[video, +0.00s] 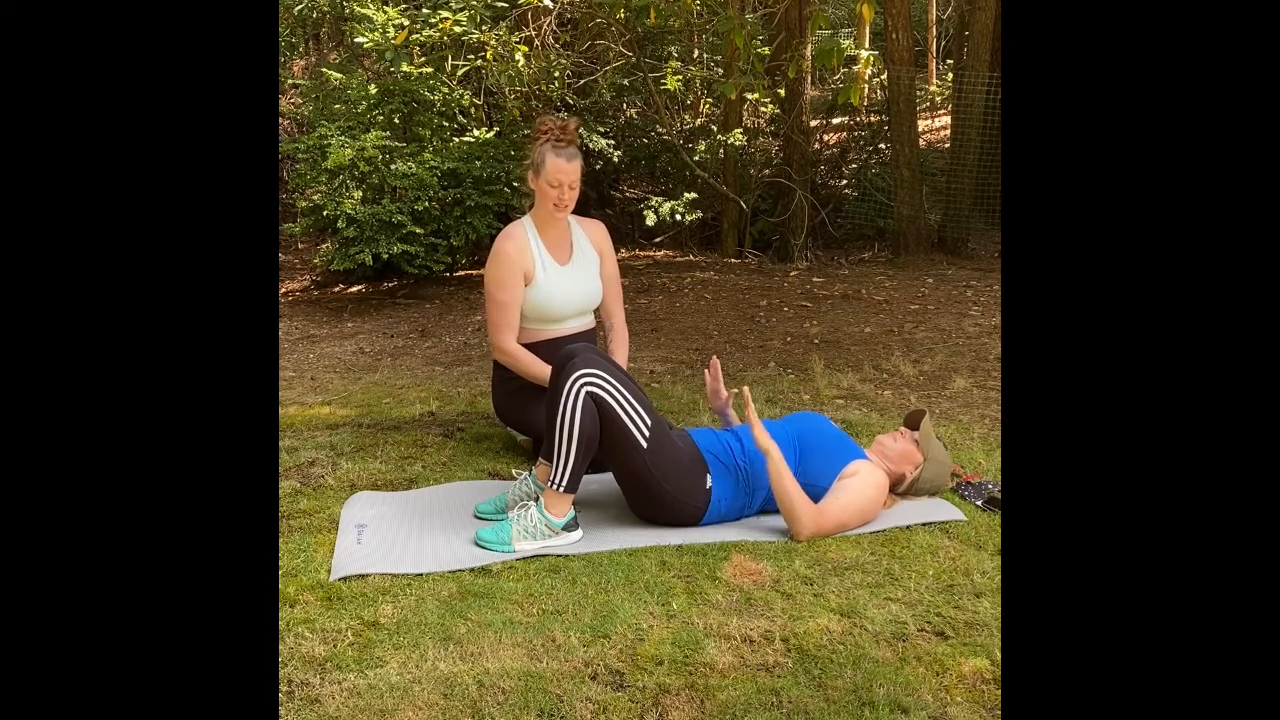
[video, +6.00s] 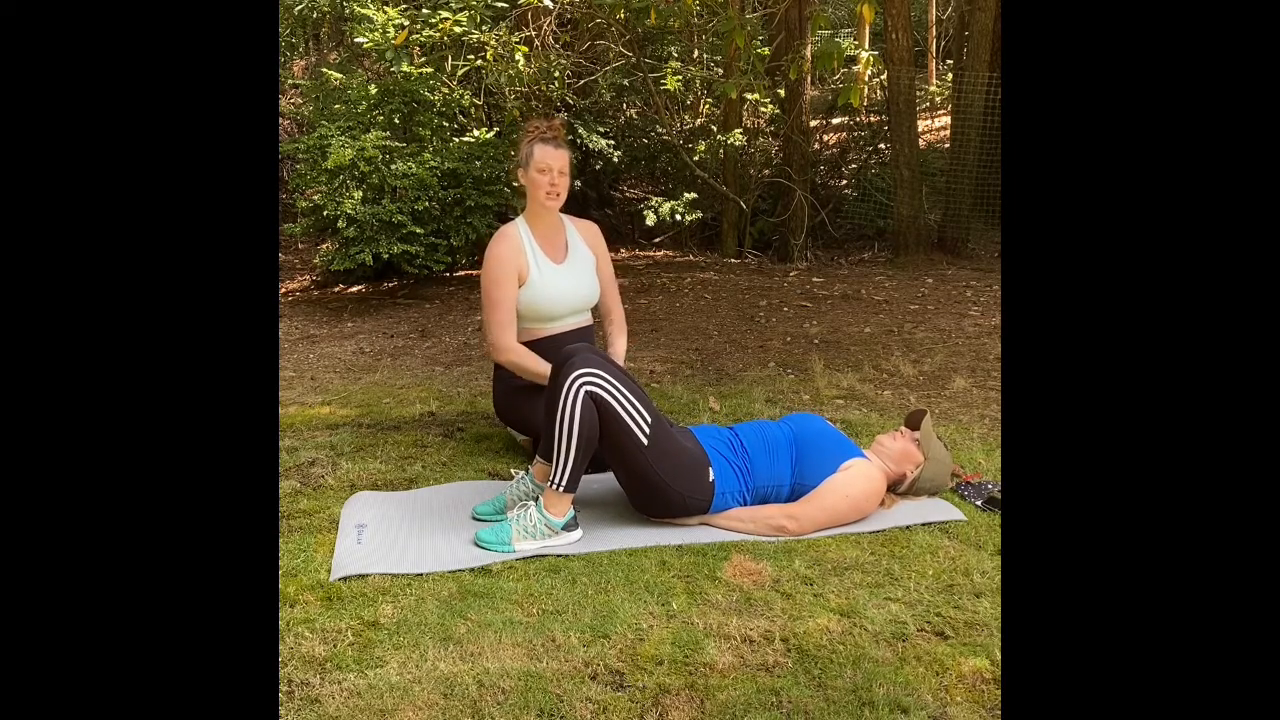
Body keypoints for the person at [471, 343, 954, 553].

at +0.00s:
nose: (897, 433)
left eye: (908, 440)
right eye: (905, 430)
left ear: (908, 471)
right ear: (895, 444)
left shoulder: (870, 483)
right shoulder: (842, 452)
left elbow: (808, 525)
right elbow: (758, 463)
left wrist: (766, 440)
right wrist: (728, 411)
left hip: (694, 484)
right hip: (680, 459)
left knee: (589, 373)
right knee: (578, 358)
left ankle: (555, 511)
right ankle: (542, 485)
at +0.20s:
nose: (899, 432)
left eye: (909, 439)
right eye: (907, 429)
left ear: (909, 470)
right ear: (897, 445)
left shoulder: (869, 482)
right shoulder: (846, 452)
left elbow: (808, 525)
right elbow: (763, 464)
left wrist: (729, 461)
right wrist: (703, 423)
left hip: (696, 479)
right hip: (686, 450)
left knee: (586, 372)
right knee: (577, 358)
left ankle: (555, 510)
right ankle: (543, 484)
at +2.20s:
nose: (899, 432)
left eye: (909, 439)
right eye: (907, 430)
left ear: (907, 468)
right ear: (898, 444)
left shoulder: (863, 476)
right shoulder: (847, 453)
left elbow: (793, 517)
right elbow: (772, 484)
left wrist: (708, 515)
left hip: (693, 481)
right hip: (681, 453)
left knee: (583, 372)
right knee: (586, 362)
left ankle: (555, 510)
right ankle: (543, 483)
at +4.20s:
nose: (899, 434)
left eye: (910, 441)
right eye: (907, 431)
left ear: (909, 471)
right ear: (898, 445)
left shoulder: (864, 479)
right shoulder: (849, 456)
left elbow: (791, 517)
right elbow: (774, 492)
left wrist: (710, 517)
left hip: (695, 482)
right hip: (681, 454)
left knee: (590, 377)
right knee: (591, 366)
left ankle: (554, 512)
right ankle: (539, 486)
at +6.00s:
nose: (897, 433)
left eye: (908, 439)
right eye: (905, 430)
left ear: (908, 470)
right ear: (897, 446)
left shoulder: (864, 479)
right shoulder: (846, 456)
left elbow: (794, 521)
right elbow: (777, 499)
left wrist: (710, 516)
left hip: (693, 483)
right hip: (678, 455)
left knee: (585, 368)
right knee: (571, 357)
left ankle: (553, 510)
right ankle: (541, 484)